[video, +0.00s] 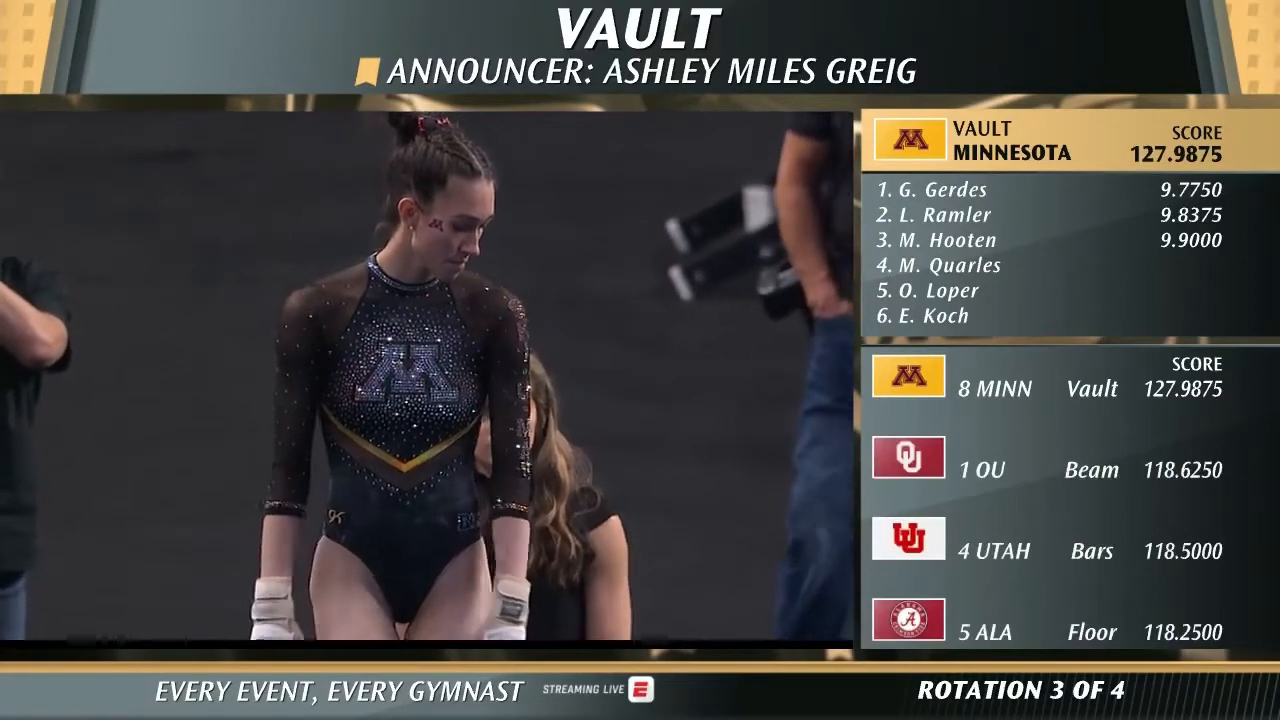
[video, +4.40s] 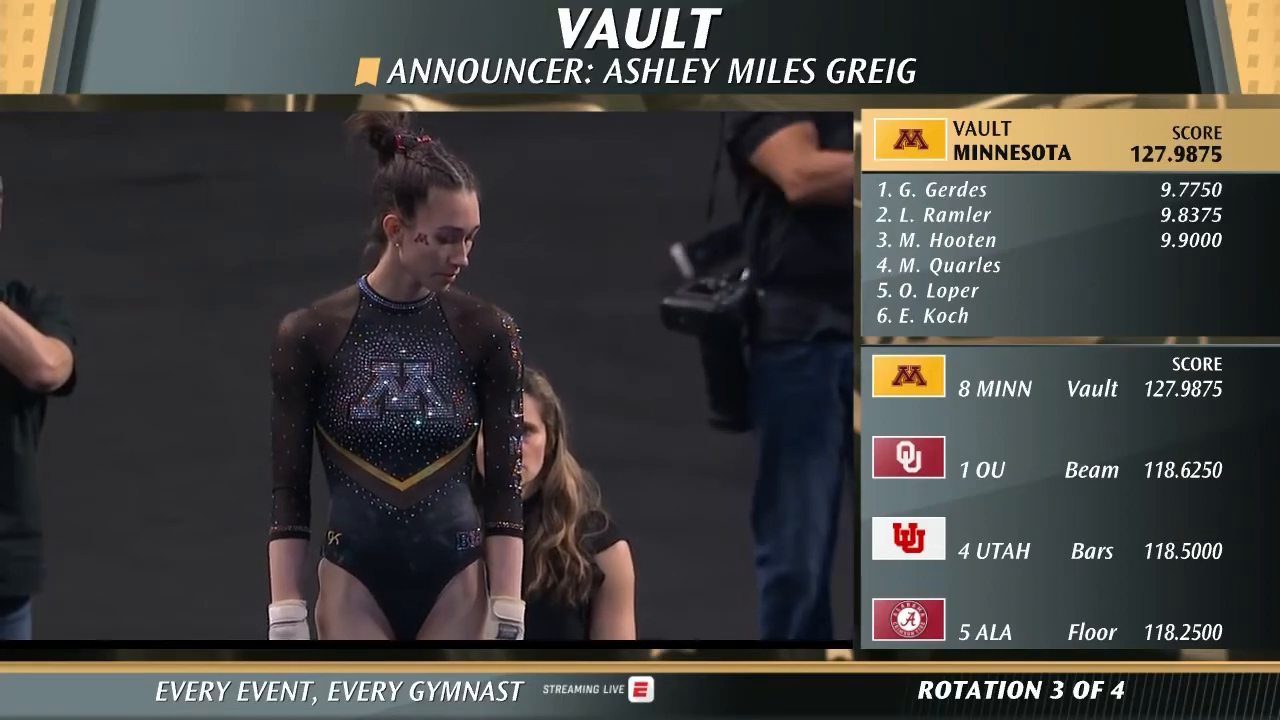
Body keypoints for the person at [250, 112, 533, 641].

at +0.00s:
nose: (472, 245)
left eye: (481, 227)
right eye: (460, 226)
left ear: (486, 216)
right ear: (410, 211)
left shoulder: (494, 313)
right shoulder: (316, 311)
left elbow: (512, 465)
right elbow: (290, 466)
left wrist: (511, 608)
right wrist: (271, 609)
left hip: (459, 560)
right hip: (350, 557)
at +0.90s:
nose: (467, 245)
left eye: (474, 227)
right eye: (453, 226)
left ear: (481, 216)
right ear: (400, 214)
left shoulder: (489, 316)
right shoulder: (311, 318)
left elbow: (500, 468)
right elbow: (290, 473)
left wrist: (473, 597)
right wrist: (331, 590)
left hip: (458, 566)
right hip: (355, 566)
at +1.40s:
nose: (470, 247)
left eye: (478, 229)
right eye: (456, 228)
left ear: (486, 218)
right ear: (404, 215)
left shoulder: (495, 317)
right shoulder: (317, 320)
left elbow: (526, 472)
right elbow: (292, 478)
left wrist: (543, 617)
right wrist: (273, 622)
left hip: (462, 566)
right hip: (354, 565)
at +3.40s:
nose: (460, 252)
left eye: (466, 235)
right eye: (444, 236)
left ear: (472, 225)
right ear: (390, 226)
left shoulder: (483, 329)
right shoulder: (305, 331)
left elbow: (499, 479)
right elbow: (285, 486)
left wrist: (500, 619)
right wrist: (281, 622)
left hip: (456, 573)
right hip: (348, 572)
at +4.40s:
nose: (464, 255)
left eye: (471, 237)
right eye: (448, 239)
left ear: (476, 225)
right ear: (394, 228)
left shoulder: (486, 331)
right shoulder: (309, 333)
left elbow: (502, 481)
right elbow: (289, 486)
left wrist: (507, 619)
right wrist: (286, 620)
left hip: (458, 574)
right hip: (351, 573)